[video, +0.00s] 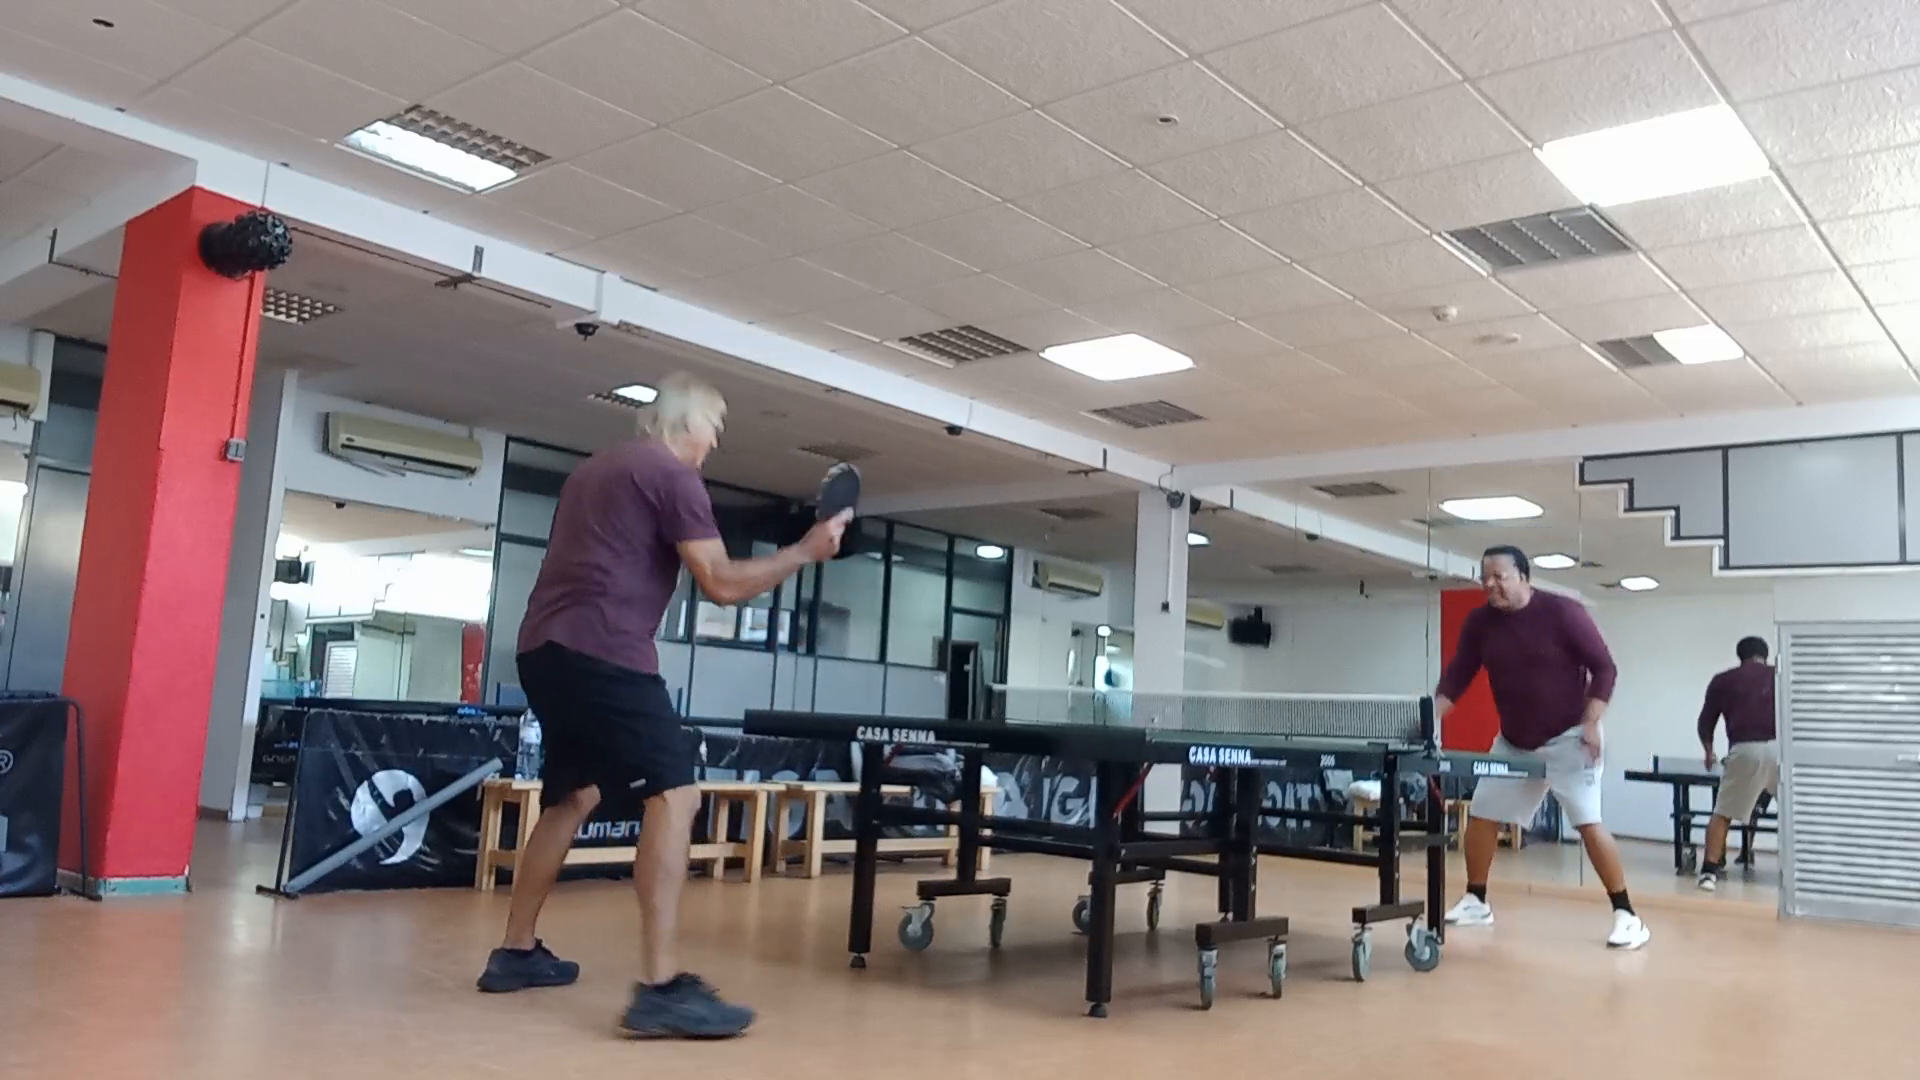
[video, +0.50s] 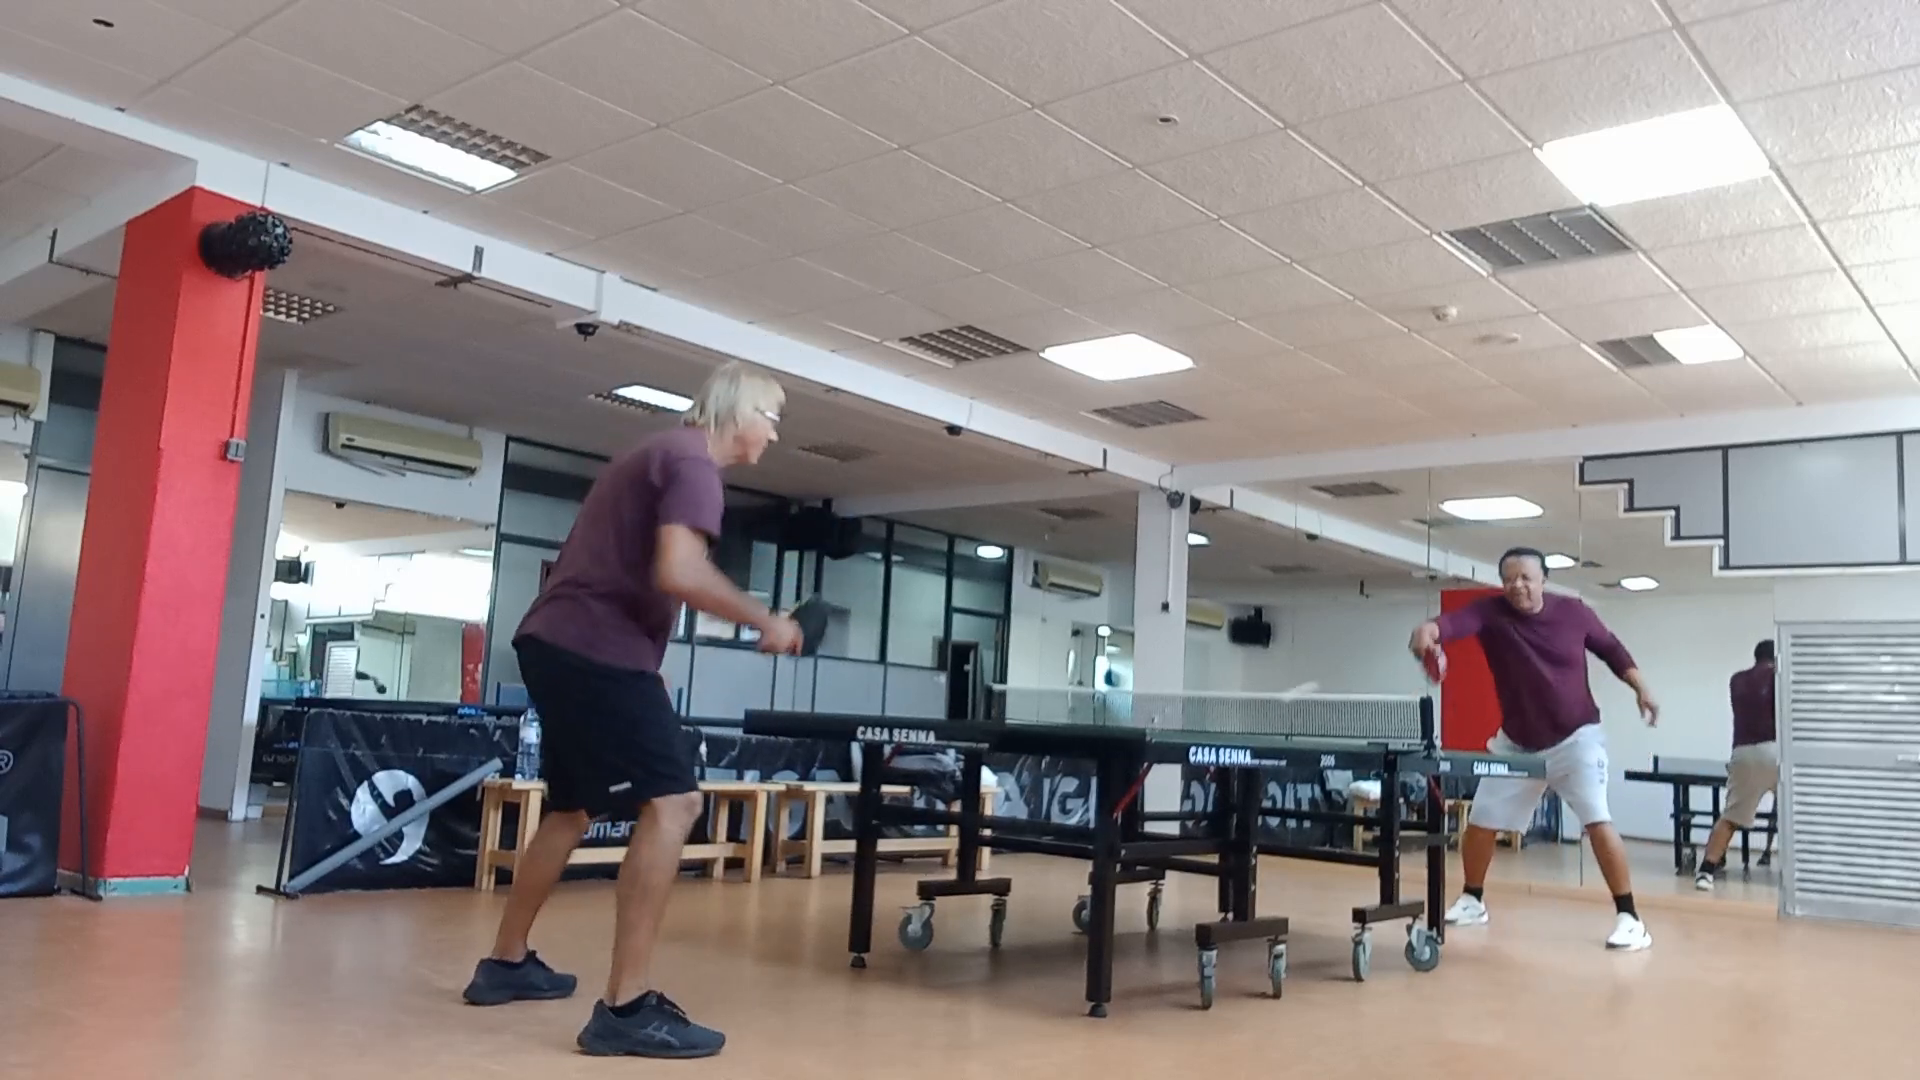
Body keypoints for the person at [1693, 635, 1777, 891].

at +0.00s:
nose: (1763, 662)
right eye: (1764, 658)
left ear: (1739, 657)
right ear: (1766, 657)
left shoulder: (1723, 680)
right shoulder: (1780, 677)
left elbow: (1705, 722)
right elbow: (1797, 710)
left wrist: (1709, 750)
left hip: (1745, 753)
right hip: (1783, 751)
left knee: (1722, 815)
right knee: (1799, 813)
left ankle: (1709, 872)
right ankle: (1804, 873)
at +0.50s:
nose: (1772, 663)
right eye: (1775, 658)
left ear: (1755, 657)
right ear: (1776, 658)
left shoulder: (1737, 679)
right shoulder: (1783, 677)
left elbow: (1742, 714)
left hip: (1744, 752)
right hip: (1779, 750)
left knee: (1730, 816)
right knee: (1800, 815)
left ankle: (1706, 870)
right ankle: (1804, 874)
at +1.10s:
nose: (1768, 658)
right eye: (1770, 654)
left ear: (1749, 654)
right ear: (1773, 653)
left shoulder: (1732, 678)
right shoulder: (1786, 677)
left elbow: (1707, 718)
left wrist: (1711, 748)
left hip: (1745, 753)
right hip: (1782, 753)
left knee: (1721, 810)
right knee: (1793, 817)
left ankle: (1705, 862)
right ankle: (1802, 871)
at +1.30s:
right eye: (1749, 663)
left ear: (1726, 662)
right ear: (1752, 661)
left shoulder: (1714, 683)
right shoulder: (1771, 681)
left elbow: (1691, 724)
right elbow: (1786, 714)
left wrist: (1695, 749)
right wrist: (1786, 745)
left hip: (1736, 757)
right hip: (1773, 756)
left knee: (1711, 812)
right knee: (1786, 820)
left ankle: (1700, 869)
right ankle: (1796, 875)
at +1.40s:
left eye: (1713, 666)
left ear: (1711, 665)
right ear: (1736, 661)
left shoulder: (1703, 684)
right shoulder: (1761, 681)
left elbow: (1683, 723)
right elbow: (1774, 719)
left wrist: (1678, 746)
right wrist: (1773, 747)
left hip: (1729, 754)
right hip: (1766, 753)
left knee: (1706, 813)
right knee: (1781, 815)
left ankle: (1698, 870)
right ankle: (1796, 871)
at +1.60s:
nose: (1693, 678)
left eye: (1691, 674)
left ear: (1691, 672)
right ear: (1715, 664)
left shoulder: (1694, 686)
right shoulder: (1746, 680)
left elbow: (1684, 721)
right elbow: (1777, 715)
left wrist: (1655, 734)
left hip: (1733, 753)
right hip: (1769, 751)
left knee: (1707, 812)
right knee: (1782, 812)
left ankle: (1700, 871)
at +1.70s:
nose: (1691, 681)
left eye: (1689, 677)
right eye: (1690, 678)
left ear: (1691, 674)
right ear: (1714, 667)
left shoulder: (1697, 686)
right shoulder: (1746, 680)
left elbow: (1686, 726)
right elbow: (1775, 712)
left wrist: (1656, 735)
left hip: (1739, 753)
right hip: (1771, 752)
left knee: (1710, 811)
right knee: (1783, 818)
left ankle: (1700, 871)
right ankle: (1798, 871)